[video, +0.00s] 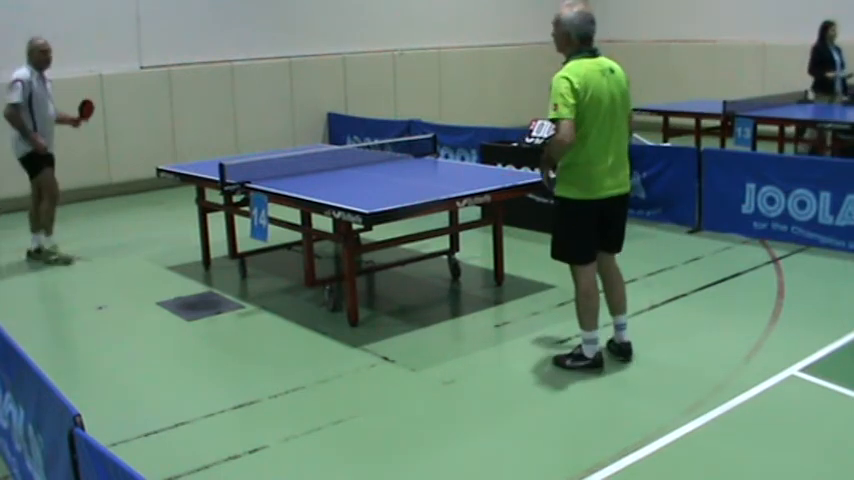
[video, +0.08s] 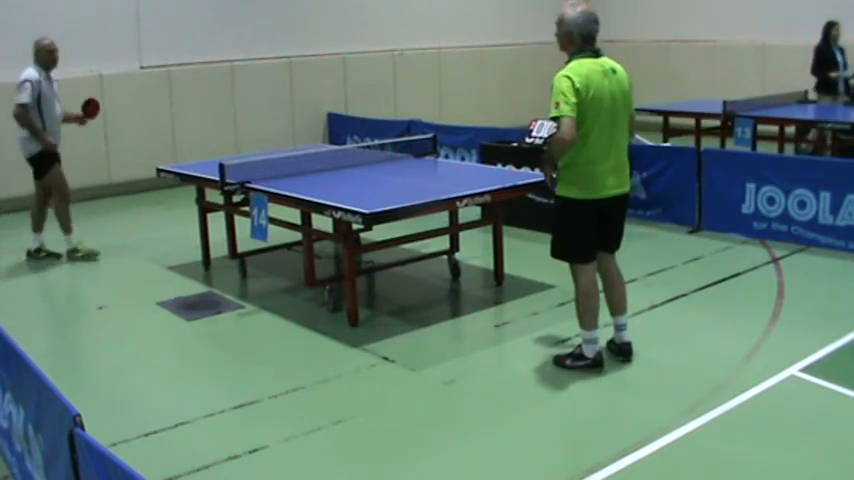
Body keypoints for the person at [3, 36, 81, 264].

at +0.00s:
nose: (48, 56)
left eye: (49, 52)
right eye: (43, 52)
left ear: (50, 55)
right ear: (30, 55)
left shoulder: (44, 79)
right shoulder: (22, 78)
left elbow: (48, 113)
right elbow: (11, 112)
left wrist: (71, 119)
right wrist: (33, 137)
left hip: (43, 146)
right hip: (30, 148)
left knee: (38, 195)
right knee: (51, 192)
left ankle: (36, 246)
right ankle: (47, 245)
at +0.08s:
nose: (54, 57)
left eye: (55, 52)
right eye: (49, 53)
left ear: (56, 55)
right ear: (37, 55)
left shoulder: (49, 79)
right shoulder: (30, 79)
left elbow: (54, 113)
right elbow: (20, 112)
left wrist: (75, 118)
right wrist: (43, 137)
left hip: (49, 146)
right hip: (38, 148)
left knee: (43, 196)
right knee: (62, 191)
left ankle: (36, 245)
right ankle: (72, 246)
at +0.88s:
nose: (138, 52)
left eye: (137, 48)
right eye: (134, 49)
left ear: (124, 52)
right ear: (122, 52)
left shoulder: (123, 74)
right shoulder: (115, 78)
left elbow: (125, 111)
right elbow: (114, 113)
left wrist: (145, 123)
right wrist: (142, 135)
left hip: (126, 143)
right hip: (117, 146)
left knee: (146, 185)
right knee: (117, 191)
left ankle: (162, 232)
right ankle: (109, 242)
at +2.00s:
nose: (241, 51)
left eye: (240, 47)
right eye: (238, 47)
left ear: (222, 46)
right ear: (228, 47)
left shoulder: (205, 63)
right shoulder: (221, 72)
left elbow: (207, 100)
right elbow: (225, 105)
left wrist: (229, 120)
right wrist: (253, 123)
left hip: (195, 136)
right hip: (212, 138)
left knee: (200, 184)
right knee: (222, 188)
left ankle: (182, 224)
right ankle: (228, 231)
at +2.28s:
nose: (254, 52)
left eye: (253, 48)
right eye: (251, 48)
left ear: (235, 48)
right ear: (240, 48)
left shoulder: (217, 62)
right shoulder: (233, 71)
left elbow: (214, 100)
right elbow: (245, 105)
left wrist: (232, 123)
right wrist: (276, 115)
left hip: (200, 133)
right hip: (217, 137)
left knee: (201, 183)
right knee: (225, 188)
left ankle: (187, 224)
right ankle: (228, 232)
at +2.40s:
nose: (256, 54)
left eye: (255, 49)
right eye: (253, 49)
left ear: (236, 49)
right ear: (242, 50)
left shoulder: (219, 63)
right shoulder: (234, 70)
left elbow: (215, 101)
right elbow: (247, 104)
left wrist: (233, 125)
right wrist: (281, 111)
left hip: (201, 132)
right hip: (217, 136)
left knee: (201, 183)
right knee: (225, 187)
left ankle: (186, 224)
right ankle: (228, 232)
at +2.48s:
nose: (256, 54)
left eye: (255, 50)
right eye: (253, 50)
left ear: (236, 49)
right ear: (242, 50)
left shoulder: (218, 63)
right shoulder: (233, 71)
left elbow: (214, 101)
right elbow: (245, 103)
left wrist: (233, 126)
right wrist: (281, 111)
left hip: (201, 132)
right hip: (217, 136)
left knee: (201, 184)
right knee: (225, 187)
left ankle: (186, 225)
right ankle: (227, 232)